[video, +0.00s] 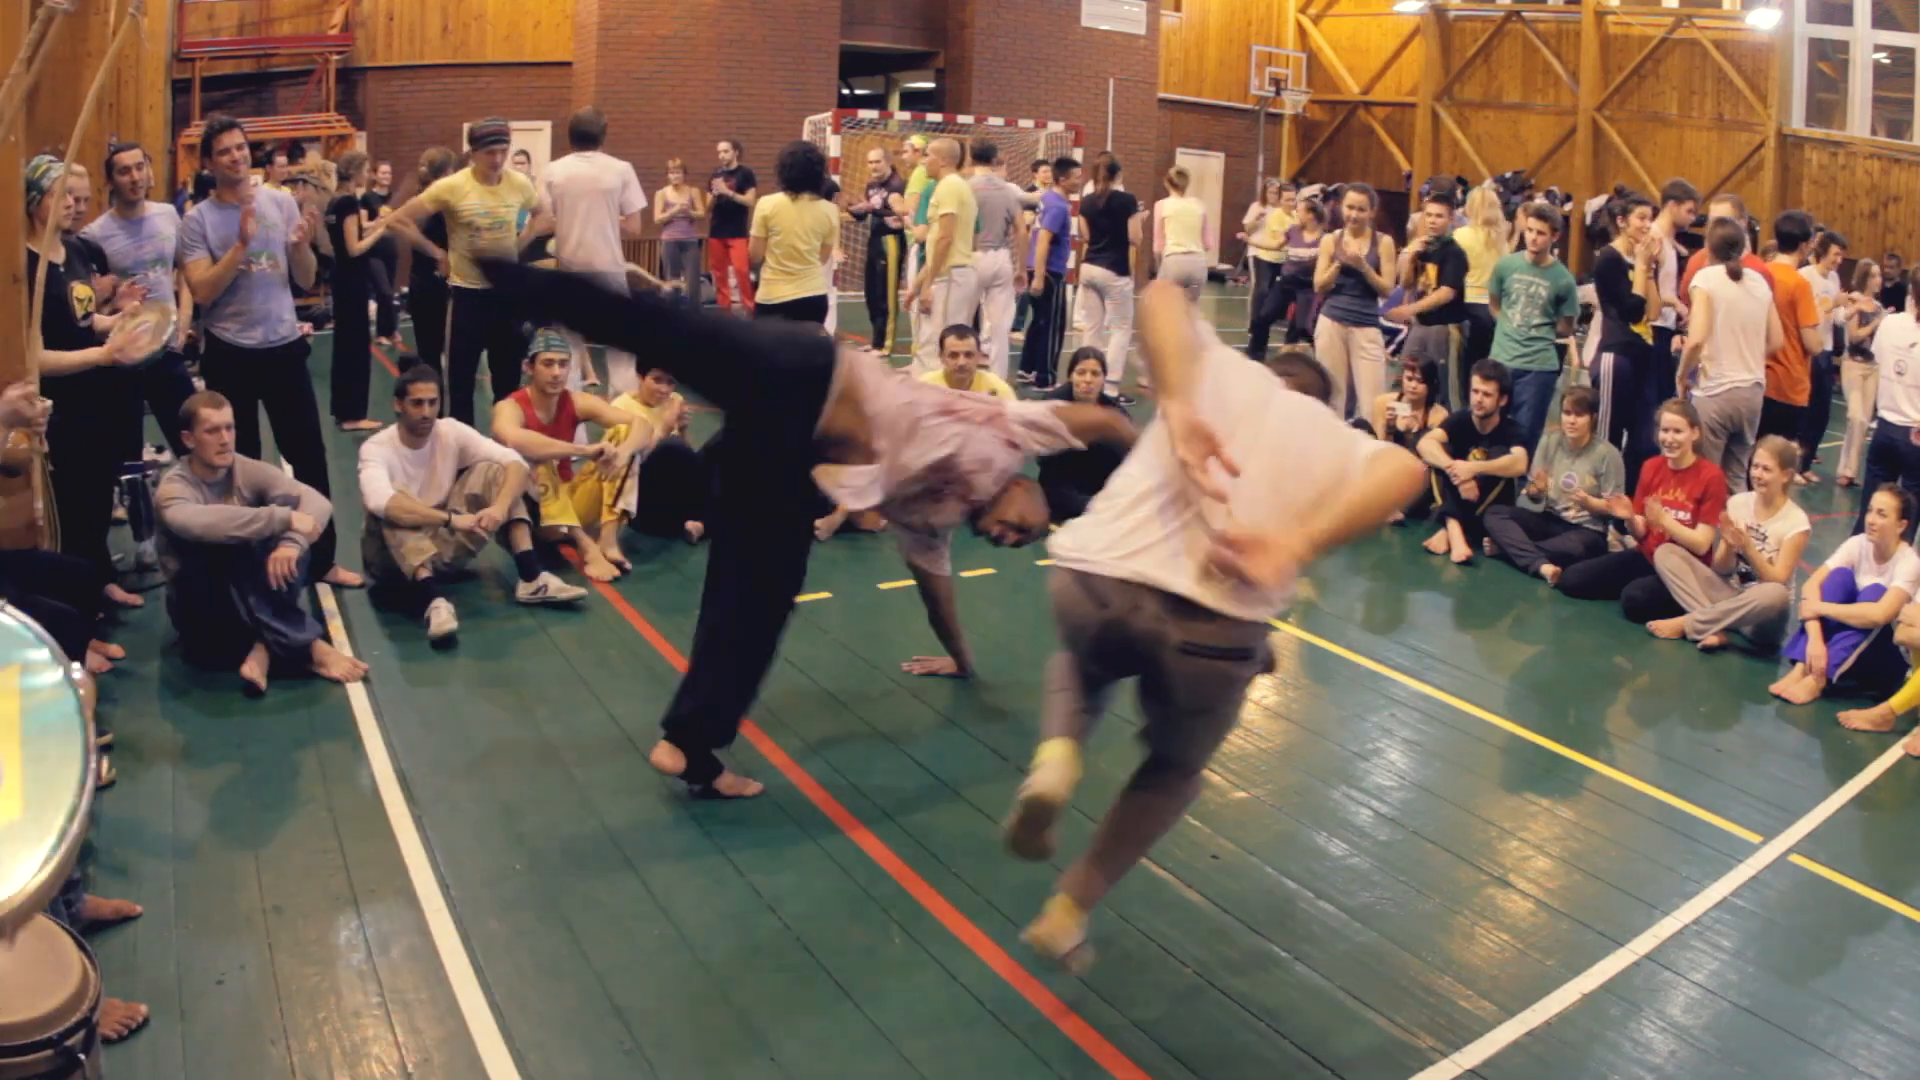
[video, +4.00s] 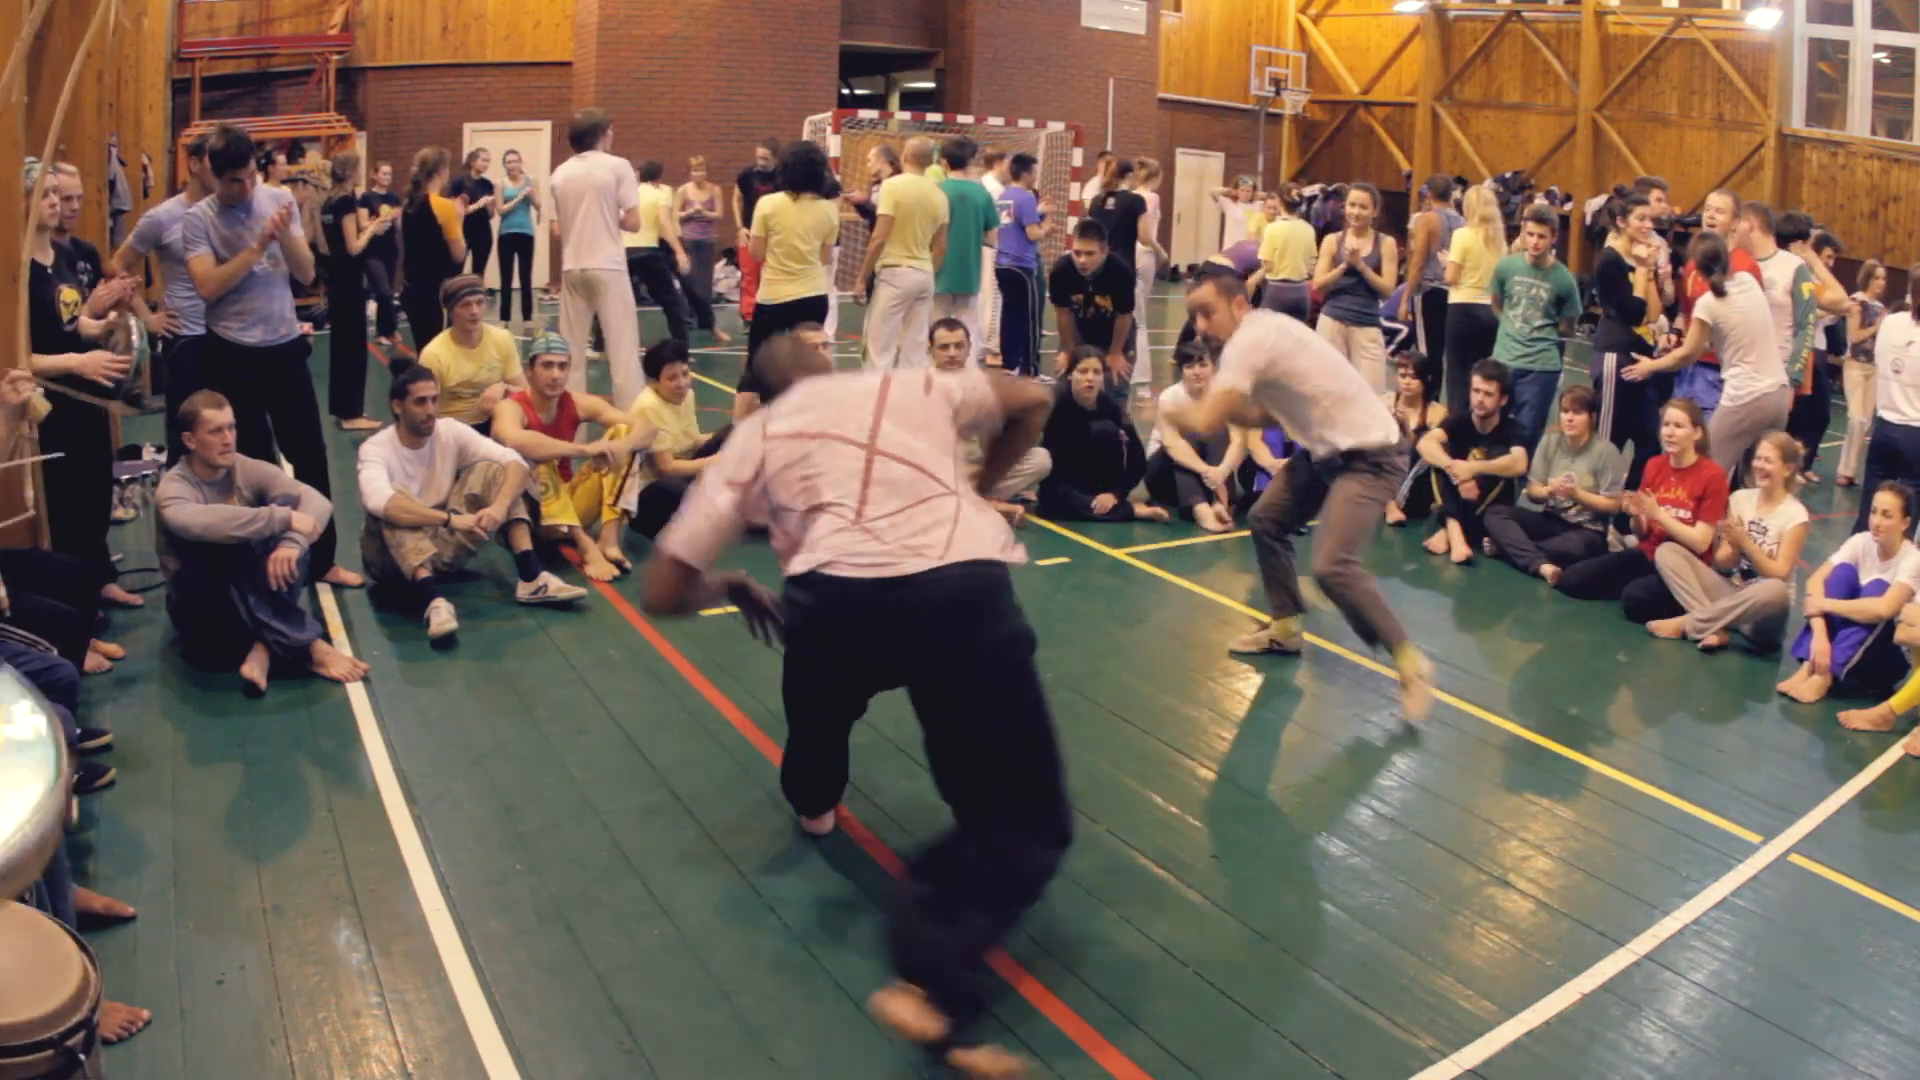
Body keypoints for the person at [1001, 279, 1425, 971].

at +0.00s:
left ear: (1268, 367)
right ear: (1325, 403)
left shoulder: (1214, 362)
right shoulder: (1350, 445)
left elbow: (1160, 292)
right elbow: (1410, 471)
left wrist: (1180, 405)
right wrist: (1301, 542)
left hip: (1094, 584)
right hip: (1210, 639)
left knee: (1080, 656)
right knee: (1174, 765)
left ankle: (1057, 755)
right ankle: (1069, 909)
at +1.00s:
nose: (1638, 785)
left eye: (1639, 787)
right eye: (1641, 787)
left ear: (1649, 774)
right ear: (1645, 770)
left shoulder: (1719, 724)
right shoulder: (1612, 719)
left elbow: (1717, 795)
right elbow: (1562, 807)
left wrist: (1688, 864)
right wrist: (1586, 891)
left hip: (1752, 513)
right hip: (1684, 507)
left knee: (1742, 420)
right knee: (1618, 344)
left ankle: (1720, 261)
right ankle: (1688, 241)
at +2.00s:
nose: (1724, 392)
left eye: (1732, 380)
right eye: (1724, 380)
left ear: (1770, 382)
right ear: (1776, 384)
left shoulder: (1779, 428)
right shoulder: (1828, 428)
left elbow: (1672, 472)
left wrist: (1662, 426)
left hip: (1809, 618)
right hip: (1845, 617)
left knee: (1671, 674)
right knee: (1793, 706)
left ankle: (1649, 818)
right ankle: (1834, 814)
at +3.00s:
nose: (1302, 478)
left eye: (1311, 467)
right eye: (1293, 467)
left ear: (1335, 449)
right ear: (1282, 451)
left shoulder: (1375, 455)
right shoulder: (1269, 461)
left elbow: (1445, 463)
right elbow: (1230, 522)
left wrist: (1504, 469)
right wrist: (1304, 521)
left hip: (1388, 534)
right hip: (1307, 540)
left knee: (1423, 641)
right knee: (1226, 588)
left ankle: (1486, 764)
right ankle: (1228, 690)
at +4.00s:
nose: (1199, 327)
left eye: (1206, 313)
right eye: (1194, 316)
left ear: (1238, 304)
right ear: (1235, 309)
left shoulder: (1254, 336)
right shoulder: (1263, 331)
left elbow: (1203, 423)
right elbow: (1266, 414)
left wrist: (1168, 410)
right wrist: (1213, 405)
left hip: (1369, 453)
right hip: (1321, 451)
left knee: (1332, 566)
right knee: (1265, 523)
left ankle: (1409, 659)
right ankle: (1286, 627)